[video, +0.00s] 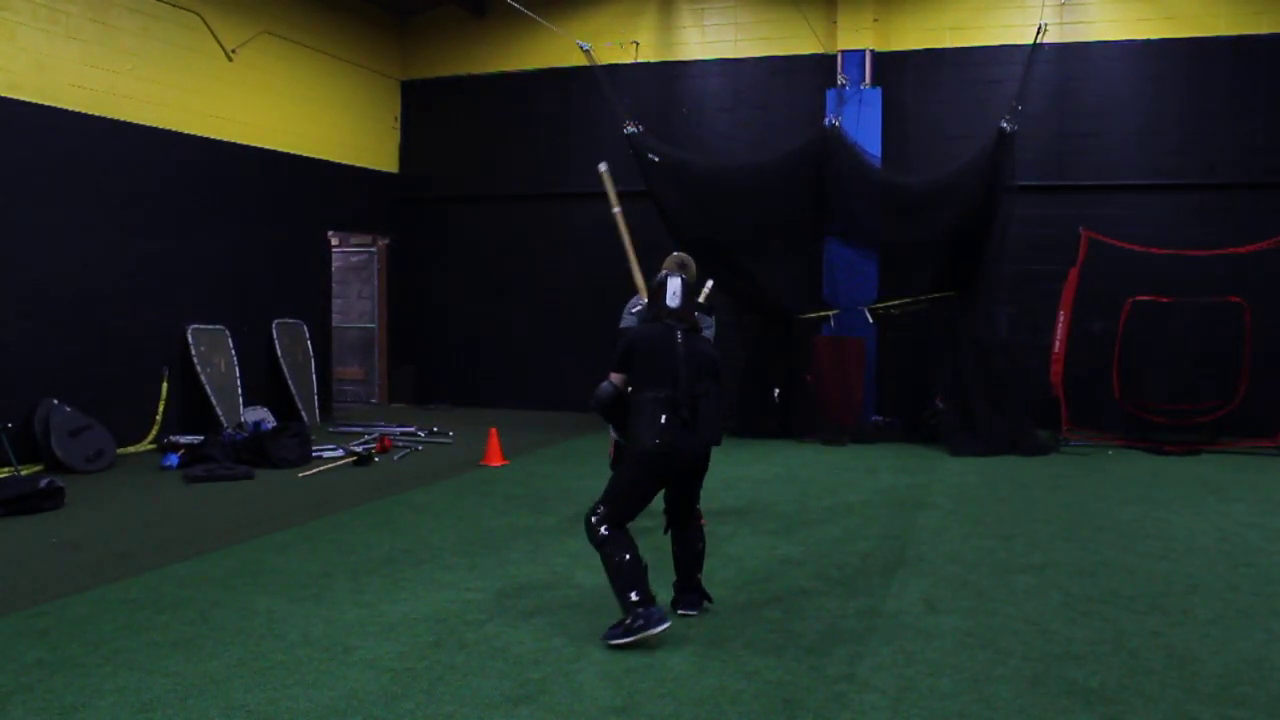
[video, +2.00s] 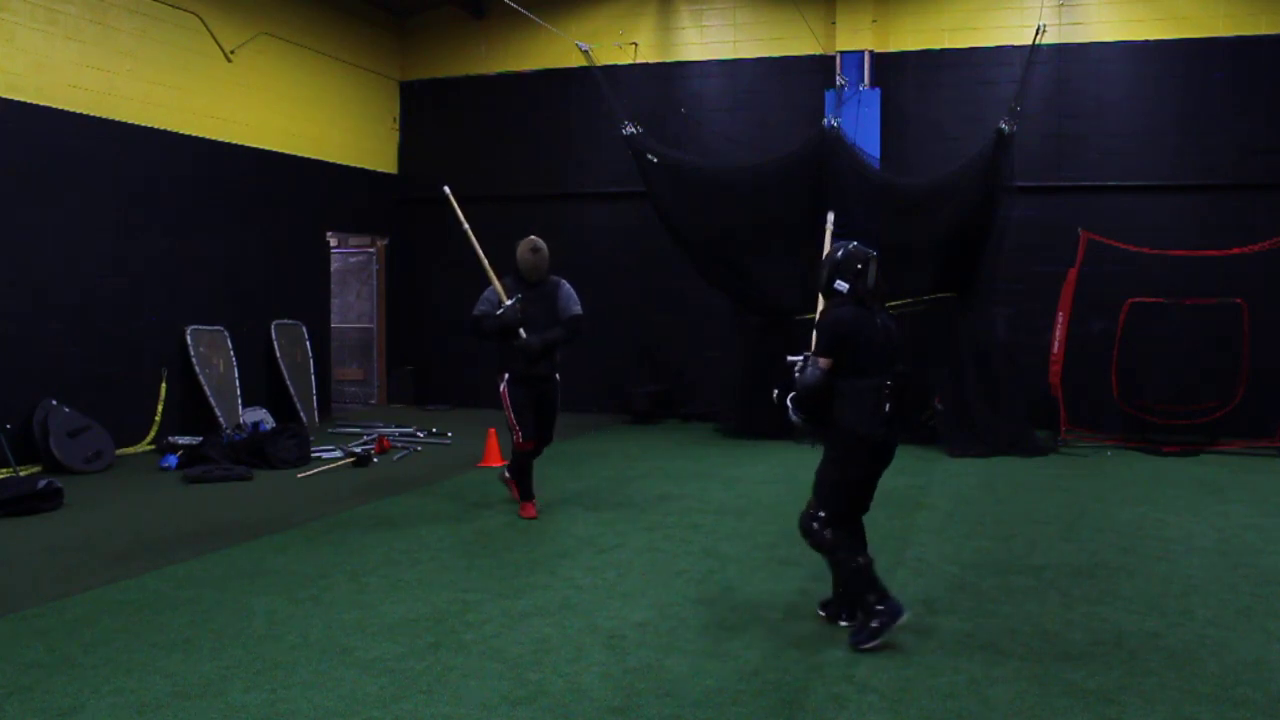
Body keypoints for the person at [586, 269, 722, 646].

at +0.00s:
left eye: (648, 300)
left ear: (651, 304)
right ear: (691, 309)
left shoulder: (637, 337)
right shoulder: (704, 348)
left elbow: (610, 393)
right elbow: (715, 403)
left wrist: (625, 426)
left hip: (649, 448)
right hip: (695, 450)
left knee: (603, 520)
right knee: (685, 514)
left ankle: (641, 608)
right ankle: (690, 595)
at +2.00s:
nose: (827, 282)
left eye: (830, 274)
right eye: (833, 274)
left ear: (834, 278)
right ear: (869, 279)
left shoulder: (837, 321)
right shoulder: (880, 322)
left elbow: (813, 378)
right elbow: (866, 378)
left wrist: (796, 381)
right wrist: (814, 366)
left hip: (852, 437)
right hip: (878, 435)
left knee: (817, 521)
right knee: (847, 516)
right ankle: (846, 600)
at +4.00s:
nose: (906, 300)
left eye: (911, 294)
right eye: (906, 294)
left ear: (927, 296)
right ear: (927, 296)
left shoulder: (952, 328)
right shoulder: (926, 328)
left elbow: (944, 377)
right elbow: (923, 370)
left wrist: (911, 400)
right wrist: (892, 370)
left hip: (971, 419)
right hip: (942, 417)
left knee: (975, 490)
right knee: (912, 471)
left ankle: (1000, 549)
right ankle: (916, 547)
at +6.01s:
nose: (843, 312)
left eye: (851, 306)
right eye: (841, 305)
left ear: (866, 309)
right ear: (835, 306)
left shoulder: (884, 336)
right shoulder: (830, 339)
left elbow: (890, 361)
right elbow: (812, 382)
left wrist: (852, 355)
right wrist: (797, 362)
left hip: (887, 430)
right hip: (849, 429)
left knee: (904, 488)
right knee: (808, 475)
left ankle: (924, 545)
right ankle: (768, 535)